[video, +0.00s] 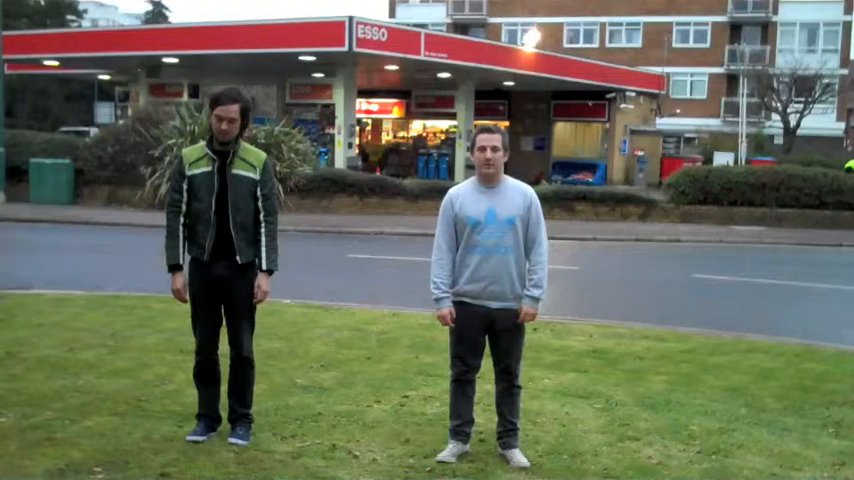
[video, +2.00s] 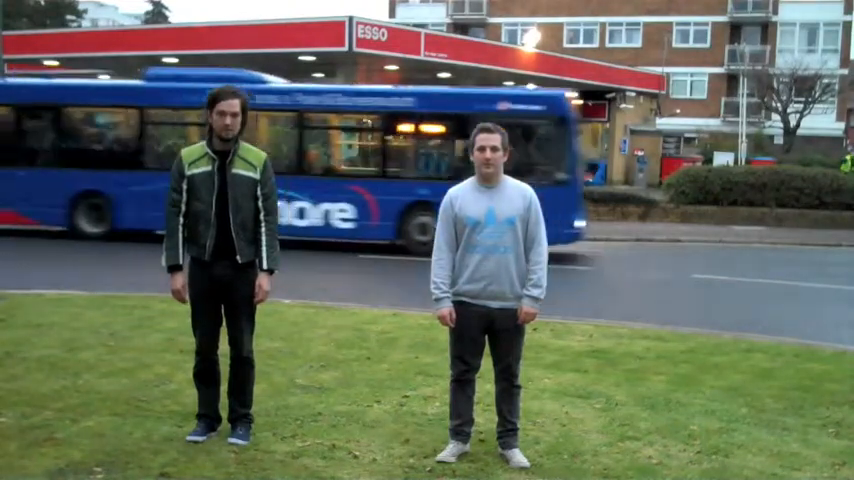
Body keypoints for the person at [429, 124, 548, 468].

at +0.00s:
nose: (487, 155)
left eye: (494, 150)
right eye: (481, 149)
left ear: (505, 155)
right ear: (472, 154)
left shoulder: (525, 196)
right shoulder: (456, 197)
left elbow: (538, 250)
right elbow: (442, 251)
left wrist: (533, 298)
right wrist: (442, 298)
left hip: (510, 305)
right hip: (466, 303)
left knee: (509, 379)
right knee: (462, 376)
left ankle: (510, 444)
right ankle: (458, 440)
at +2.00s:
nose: (487, 155)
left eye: (493, 149)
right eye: (481, 149)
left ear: (505, 155)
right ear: (472, 154)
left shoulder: (524, 195)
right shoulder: (455, 197)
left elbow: (538, 250)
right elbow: (442, 252)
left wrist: (533, 297)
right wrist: (442, 298)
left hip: (510, 305)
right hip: (466, 304)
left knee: (509, 379)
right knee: (462, 376)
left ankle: (509, 444)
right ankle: (458, 440)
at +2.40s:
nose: (487, 155)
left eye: (493, 150)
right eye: (481, 149)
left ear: (505, 155)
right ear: (472, 155)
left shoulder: (525, 196)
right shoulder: (456, 197)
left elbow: (538, 249)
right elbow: (443, 251)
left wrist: (532, 297)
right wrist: (442, 298)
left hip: (510, 305)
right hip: (466, 304)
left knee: (509, 379)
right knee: (462, 376)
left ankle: (509, 444)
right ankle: (458, 440)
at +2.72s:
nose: (487, 155)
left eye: (494, 149)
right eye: (481, 149)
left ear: (505, 155)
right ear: (472, 154)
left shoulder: (524, 196)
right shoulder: (455, 197)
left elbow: (537, 250)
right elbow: (442, 252)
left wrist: (532, 298)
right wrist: (443, 299)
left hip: (510, 305)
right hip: (466, 304)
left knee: (509, 379)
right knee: (462, 376)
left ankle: (510, 444)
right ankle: (458, 440)